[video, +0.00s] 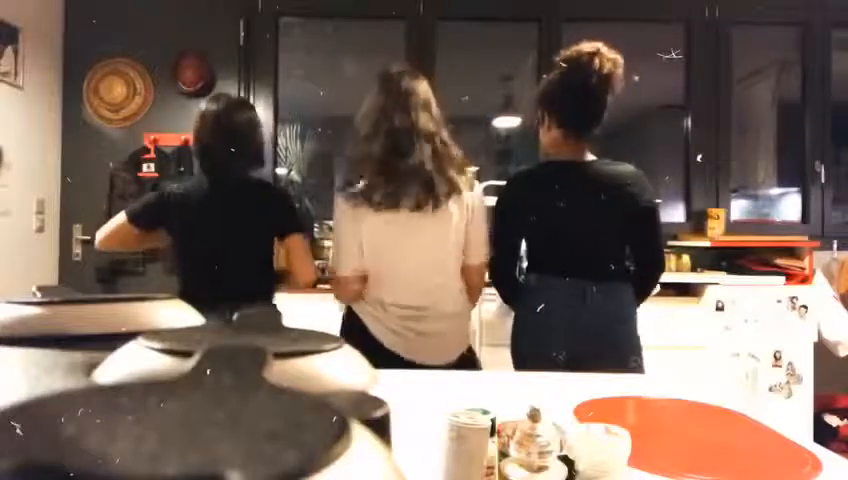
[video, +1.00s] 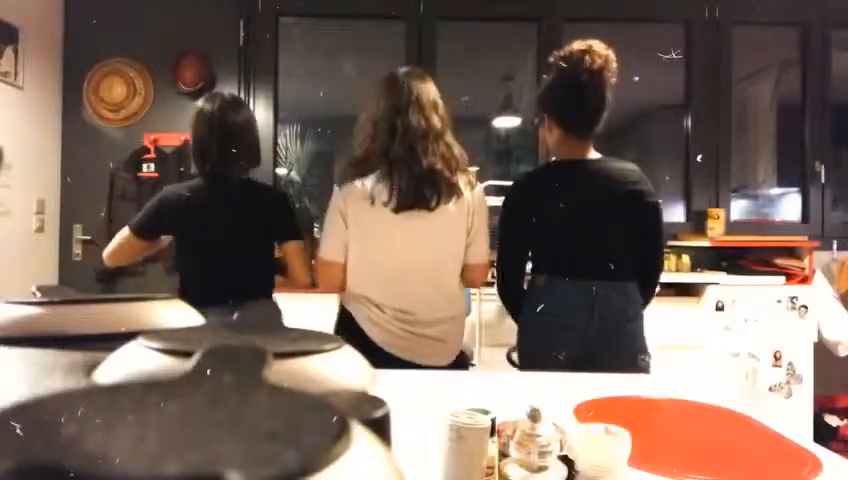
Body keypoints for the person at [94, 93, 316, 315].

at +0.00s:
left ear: (197, 144)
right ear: (256, 144)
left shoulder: (176, 198)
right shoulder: (274, 199)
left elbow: (105, 240)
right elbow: (305, 277)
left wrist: (167, 237)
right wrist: (270, 272)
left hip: (194, 332)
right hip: (260, 334)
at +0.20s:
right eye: (251, 140)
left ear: (195, 150)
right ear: (249, 150)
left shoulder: (171, 208)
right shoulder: (269, 208)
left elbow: (102, 255)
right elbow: (304, 283)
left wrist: (157, 248)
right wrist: (269, 272)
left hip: (197, 342)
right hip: (259, 342)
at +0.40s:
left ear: (189, 152)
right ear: (245, 152)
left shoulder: (167, 208)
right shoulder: (264, 208)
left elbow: (102, 261)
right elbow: (300, 281)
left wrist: (155, 244)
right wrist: (269, 269)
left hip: (195, 341)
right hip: (257, 343)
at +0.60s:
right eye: (248, 132)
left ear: (192, 141)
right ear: (247, 141)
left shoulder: (167, 198)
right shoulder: (264, 199)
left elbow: (103, 251)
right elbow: (300, 278)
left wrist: (157, 239)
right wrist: (260, 266)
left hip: (196, 334)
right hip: (259, 335)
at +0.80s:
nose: (255, 153)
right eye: (252, 145)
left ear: (195, 155)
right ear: (248, 154)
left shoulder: (173, 213)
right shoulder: (271, 211)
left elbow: (111, 271)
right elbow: (302, 288)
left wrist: (165, 258)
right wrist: (270, 269)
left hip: (197, 345)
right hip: (262, 345)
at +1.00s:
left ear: (196, 144)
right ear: (250, 142)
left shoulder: (176, 200)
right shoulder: (272, 200)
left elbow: (112, 257)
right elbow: (302, 278)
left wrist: (163, 242)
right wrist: (264, 260)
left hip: (197, 331)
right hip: (262, 331)